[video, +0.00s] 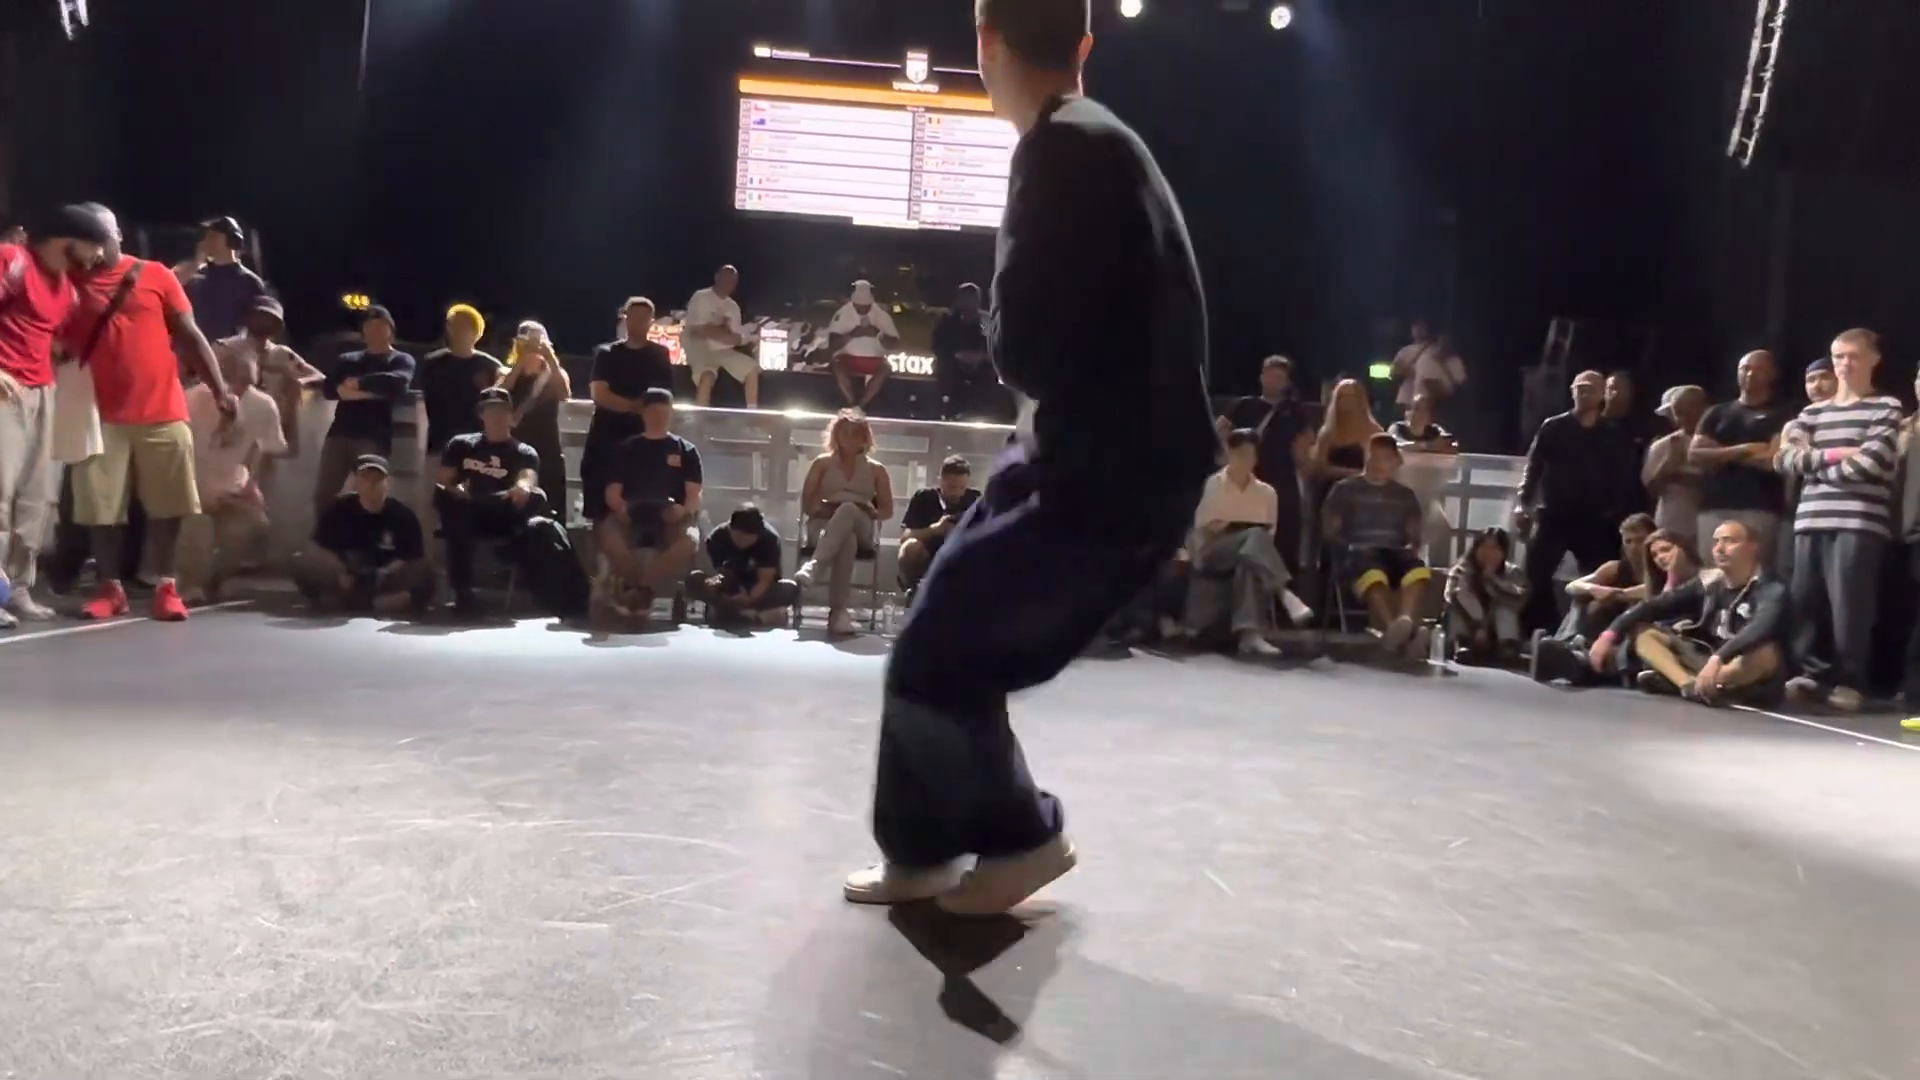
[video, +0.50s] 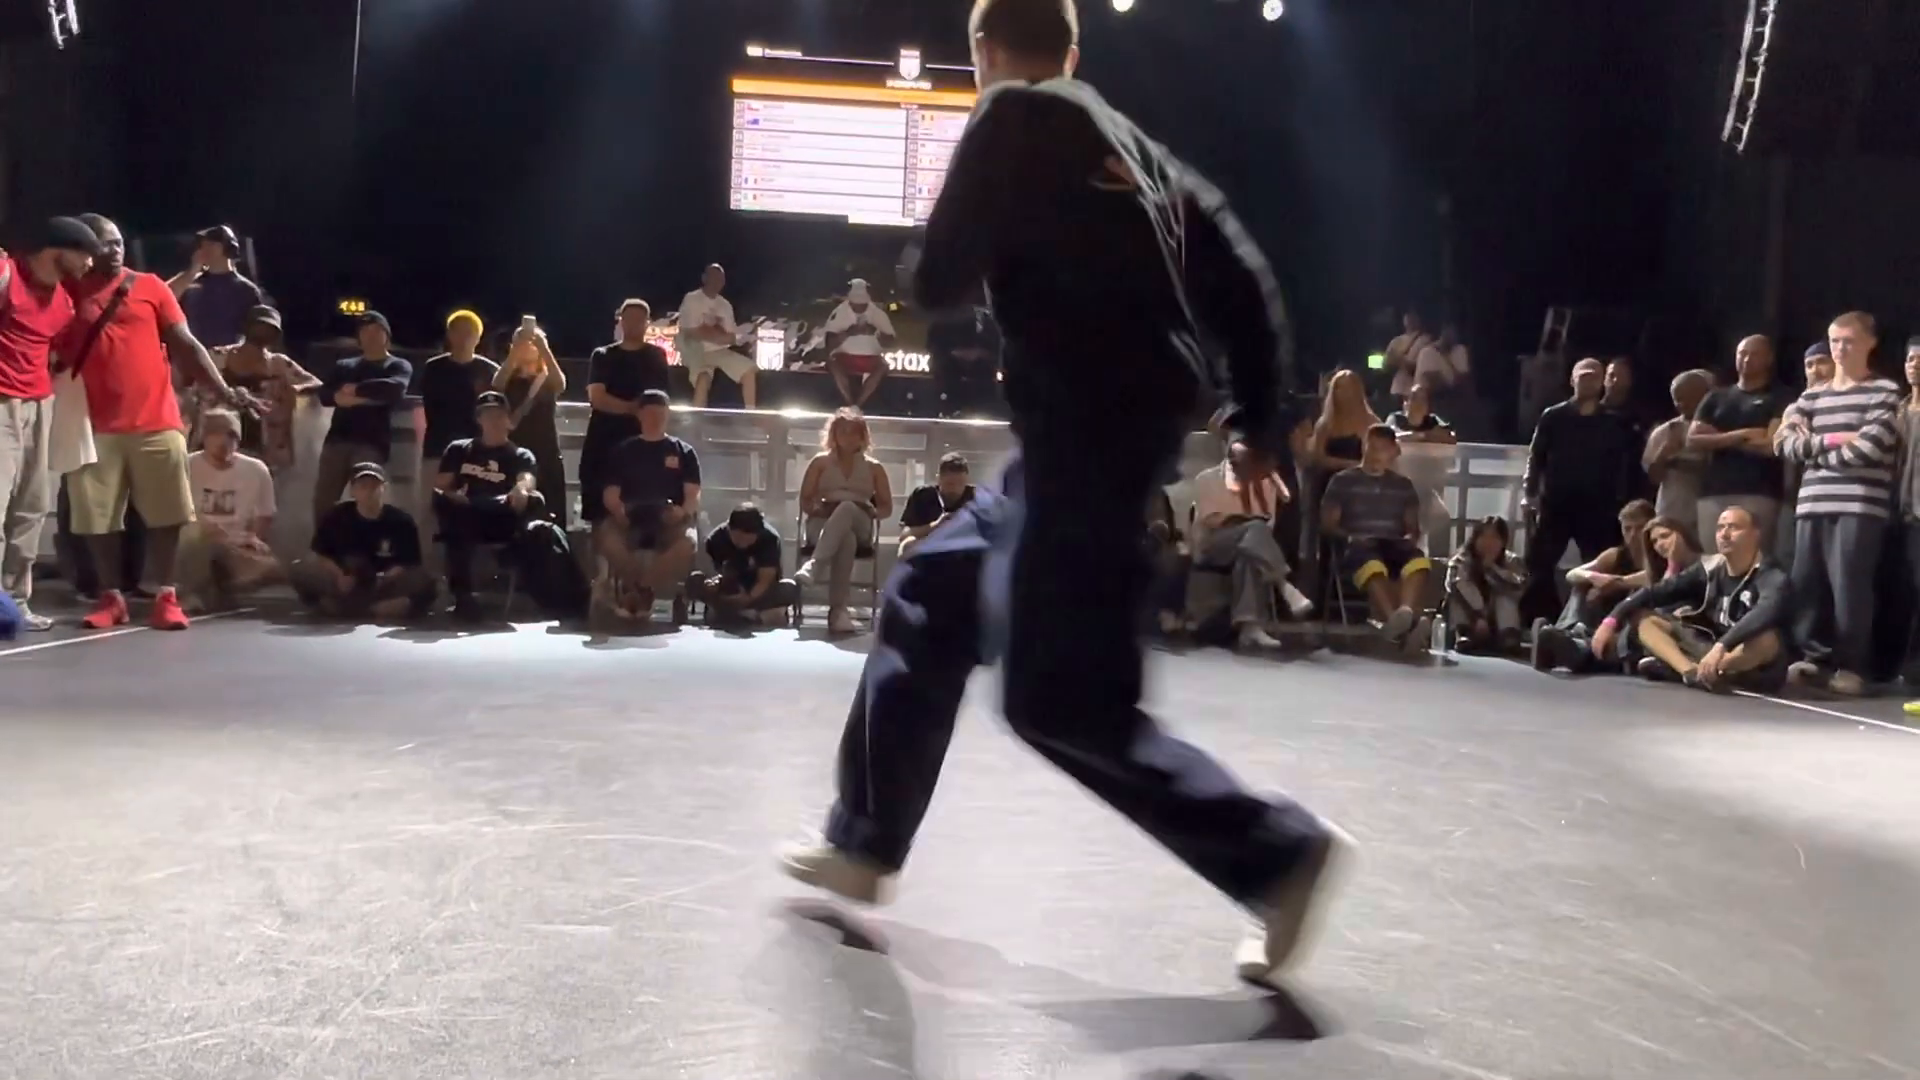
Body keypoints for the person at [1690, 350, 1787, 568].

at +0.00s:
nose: (1748, 374)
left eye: (1755, 370)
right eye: (1744, 369)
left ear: (1771, 375)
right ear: (1738, 374)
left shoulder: (1784, 415)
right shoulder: (1717, 412)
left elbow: (1776, 459)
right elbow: (1694, 453)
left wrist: (1722, 453)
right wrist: (1747, 450)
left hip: (1760, 508)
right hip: (1714, 507)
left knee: (1756, 585)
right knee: (1713, 585)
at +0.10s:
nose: (1750, 375)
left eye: (1758, 370)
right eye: (1747, 369)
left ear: (1772, 376)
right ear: (1740, 373)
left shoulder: (1785, 415)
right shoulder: (1720, 413)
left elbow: (1778, 460)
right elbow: (1695, 454)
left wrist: (1723, 452)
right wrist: (1748, 450)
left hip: (1762, 510)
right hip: (1717, 508)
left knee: (1758, 586)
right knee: (1717, 586)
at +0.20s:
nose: (1749, 371)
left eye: (1756, 366)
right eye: (1745, 365)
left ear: (1771, 371)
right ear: (1739, 369)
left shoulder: (1784, 411)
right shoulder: (1718, 408)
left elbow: (1776, 456)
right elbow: (1695, 450)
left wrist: (1724, 449)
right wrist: (1748, 445)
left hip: (1761, 505)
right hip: (1716, 504)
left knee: (1757, 582)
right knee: (1715, 581)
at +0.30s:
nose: (1746, 361)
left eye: (1753, 356)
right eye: (1742, 355)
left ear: (1768, 360)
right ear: (1735, 359)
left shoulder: (1781, 401)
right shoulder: (1715, 398)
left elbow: (1774, 446)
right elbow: (1691, 440)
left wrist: (1720, 438)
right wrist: (1745, 435)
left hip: (1758, 494)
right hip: (1712, 493)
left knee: (1754, 572)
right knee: (1712, 572)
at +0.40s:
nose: (1746, 356)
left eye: (1753, 352)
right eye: (1742, 351)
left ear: (1768, 357)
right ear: (1735, 355)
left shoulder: (1782, 397)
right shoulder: (1715, 395)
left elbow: (1777, 442)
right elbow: (1692, 437)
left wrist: (1719, 436)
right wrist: (1745, 431)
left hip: (1758, 491)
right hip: (1712, 490)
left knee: (1754, 567)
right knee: (1712, 567)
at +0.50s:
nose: (1746, 360)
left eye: (1753, 355)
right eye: (1742, 354)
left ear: (1768, 359)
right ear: (1736, 358)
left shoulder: (1781, 398)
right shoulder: (1715, 398)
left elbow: (1774, 445)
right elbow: (1692, 439)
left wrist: (1721, 439)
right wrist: (1745, 434)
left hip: (1759, 493)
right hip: (1714, 492)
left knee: (1754, 571)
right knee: (1714, 570)